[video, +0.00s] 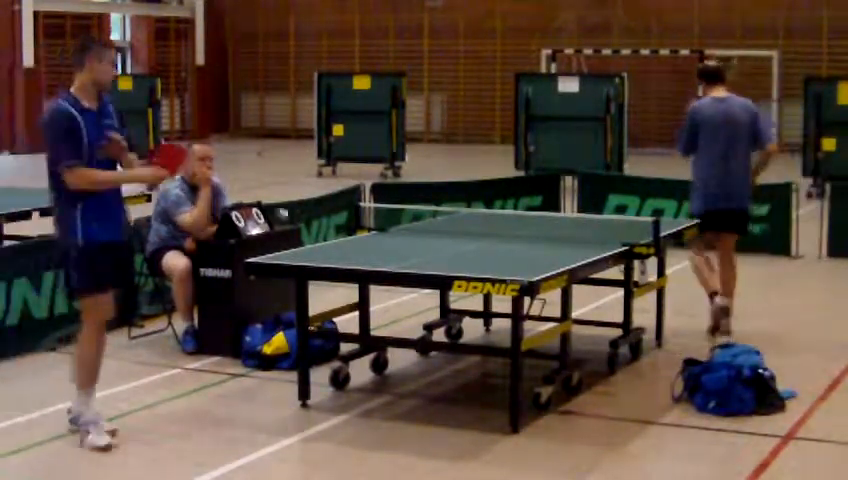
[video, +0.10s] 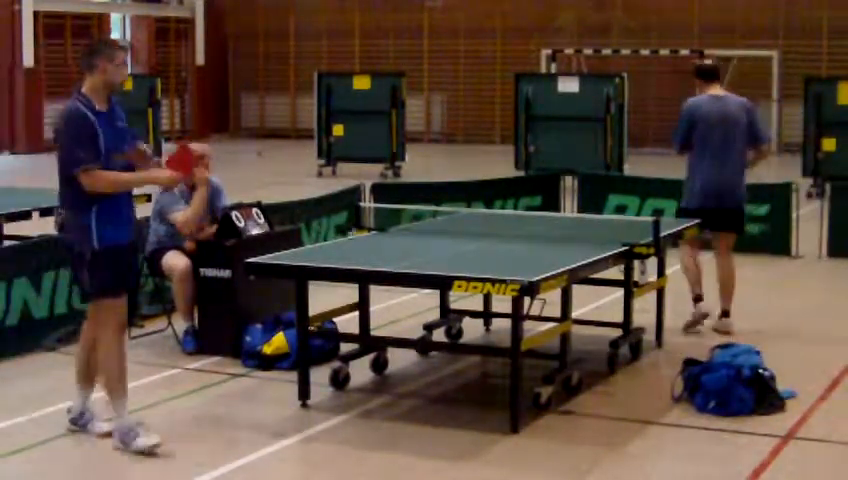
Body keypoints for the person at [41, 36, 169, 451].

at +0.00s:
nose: (114, 72)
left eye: (114, 64)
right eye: (109, 63)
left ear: (101, 66)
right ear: (87, 64)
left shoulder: (107, 108)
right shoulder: (61, 114)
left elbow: (130, 166)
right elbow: (71, 177)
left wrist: (123, 153)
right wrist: (134, 175)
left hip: (111, 228)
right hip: (82, 232)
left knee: (100, 317)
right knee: (95, 316)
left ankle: (84, 405)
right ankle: (84, 408)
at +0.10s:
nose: (126, 73)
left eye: (125, 66)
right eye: (121, 66)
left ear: (108, 68)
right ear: (100, 67)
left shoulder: (113, 110)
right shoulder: (75, 116)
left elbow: (129, 158)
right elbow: (89, 179)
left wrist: (156, 163)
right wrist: (149, 177)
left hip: (118, 232)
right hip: (95, 237)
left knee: (100, 318)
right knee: (114, 320)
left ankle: (82, 408)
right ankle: (122, 424)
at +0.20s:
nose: (141, 75)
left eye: (140, 67)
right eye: (136, 67)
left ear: (122, 70)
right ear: (116, 69)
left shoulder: (123, 118)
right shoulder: (91, 121)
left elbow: (126, 176)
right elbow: (102, 186)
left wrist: (161, 185)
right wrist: (159, 193)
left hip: (127, 239)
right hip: (109, 244)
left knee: (103, 324)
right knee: (129, 328)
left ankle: (81, 409)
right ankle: (156, 426)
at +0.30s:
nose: (152, 77)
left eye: (151, 70)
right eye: (148, 69)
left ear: (129, 72)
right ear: (131, 71)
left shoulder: (131, 118)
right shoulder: (107, 123)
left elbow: (136, 182)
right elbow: (110, 192)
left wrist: (170, 209)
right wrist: (166, 206)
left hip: (137, 241)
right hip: (125, 246)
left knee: (118, 324)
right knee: (145, 330)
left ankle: (83, 407)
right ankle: (168, 430)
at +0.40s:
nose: (165, 74)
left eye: (164, 67)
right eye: (161, 67)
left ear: (139, 68)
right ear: (147, 69)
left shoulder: (145, 114)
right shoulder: (121, 120)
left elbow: (151, 178)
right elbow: (120, 192)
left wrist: (180, 209)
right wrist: (174, 214)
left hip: (156, 238)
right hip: (139, 242)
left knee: (149, 330)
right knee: (151, 332)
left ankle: (98, 394)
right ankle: (168, 428)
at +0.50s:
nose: (179, 76)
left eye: (177, 68)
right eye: (175, 69)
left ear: (152, 70)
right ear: (162, 70)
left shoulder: (154, 115)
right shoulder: (135, 119)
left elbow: (160, 180)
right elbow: (132, 191)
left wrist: (189, 202)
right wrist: (184, 217)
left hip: (170, 240)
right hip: (147, 245)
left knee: (189, 313)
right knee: (153, 331)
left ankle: (123, 384)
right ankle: (168, 430)